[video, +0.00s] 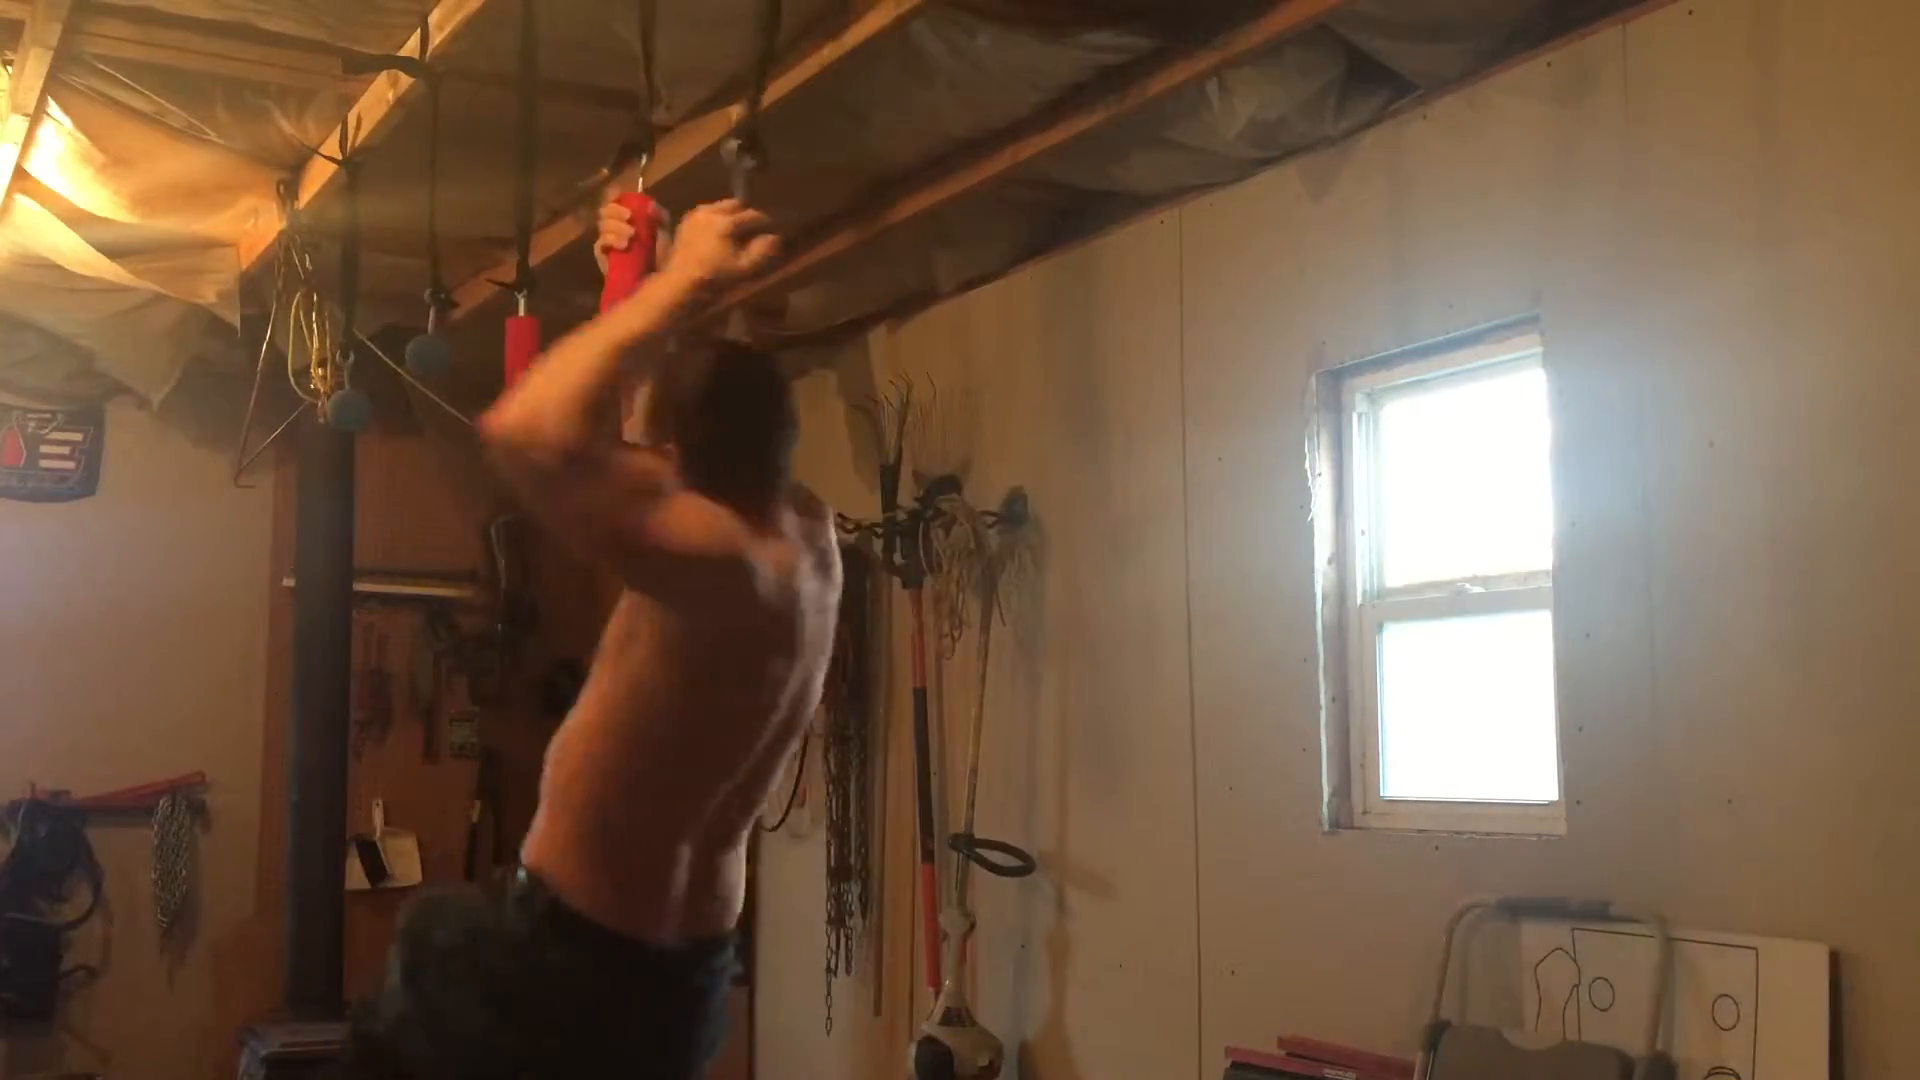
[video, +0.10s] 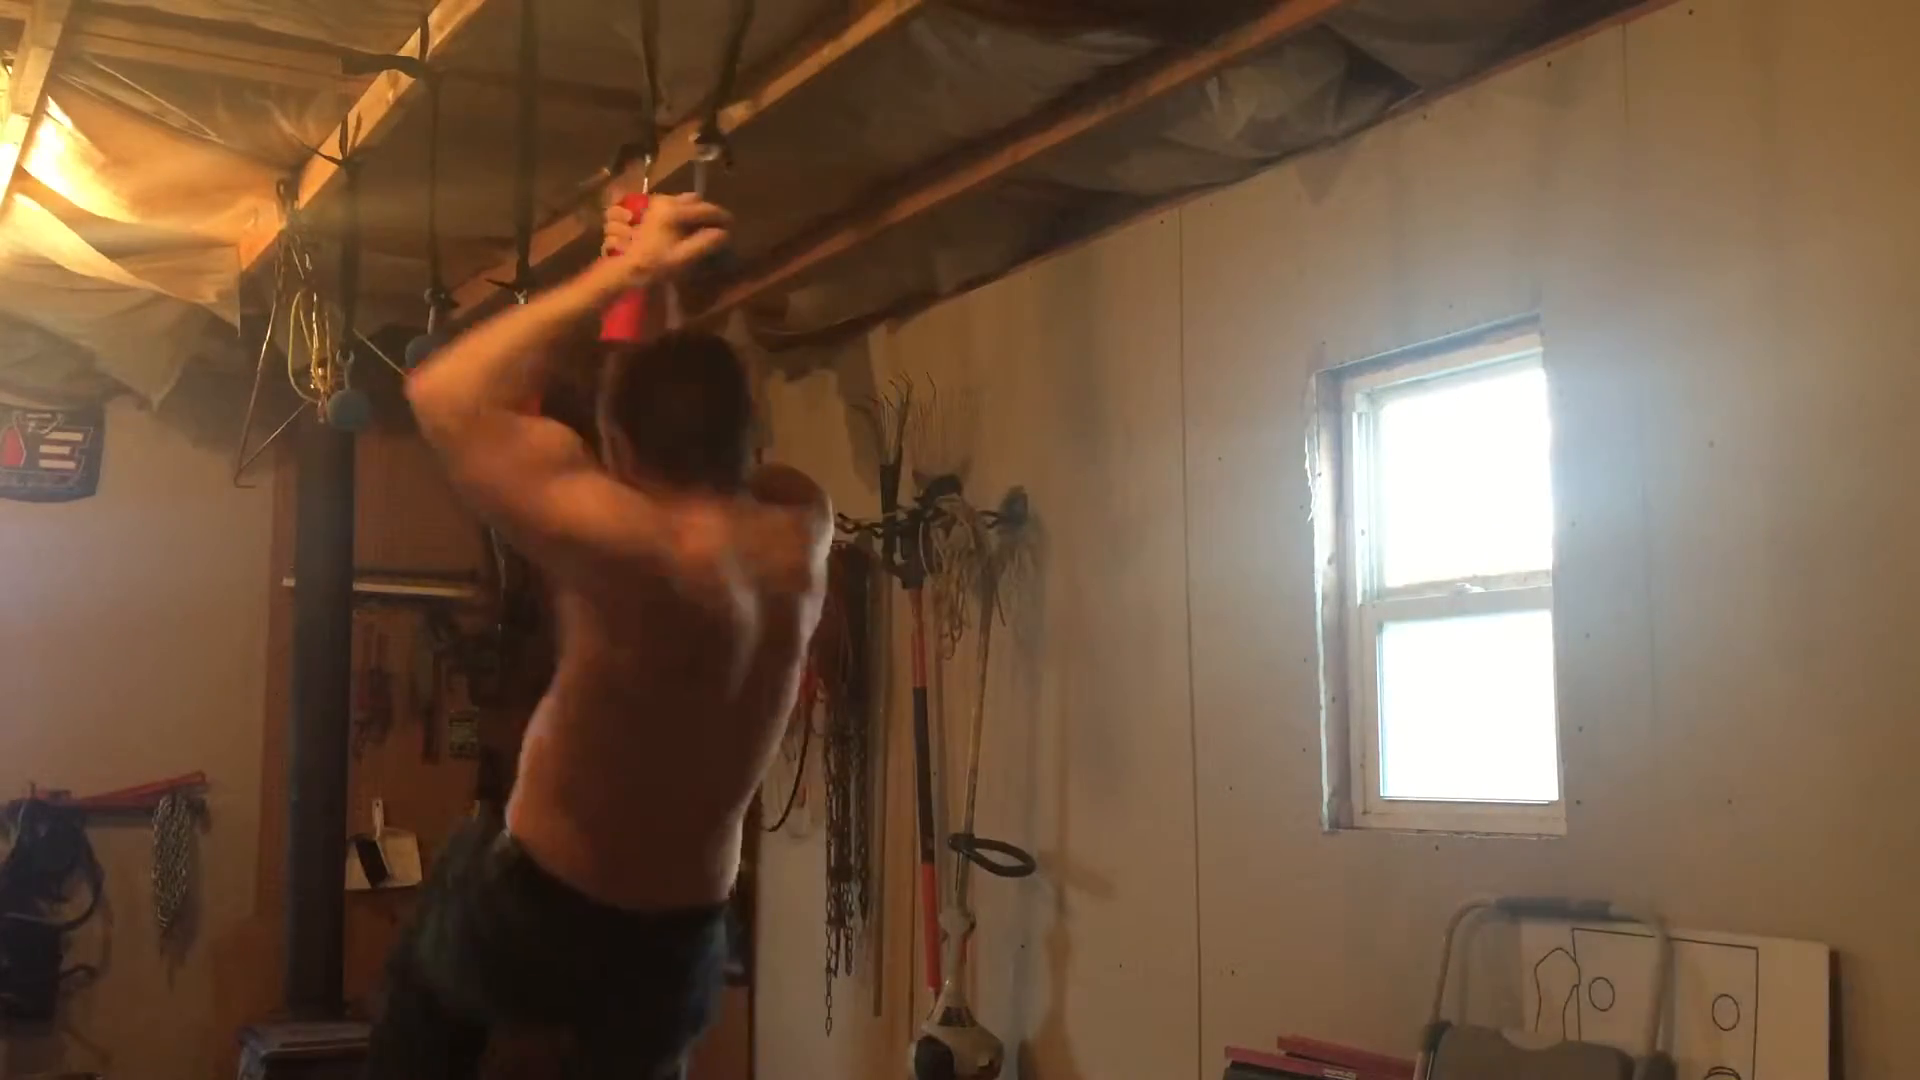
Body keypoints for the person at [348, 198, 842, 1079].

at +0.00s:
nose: (634, 434)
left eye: (646, 418)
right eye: (634, 417)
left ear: (674, 449)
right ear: (772, 438)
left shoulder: (709, 557)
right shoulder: (812, 546)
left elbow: (523, 431)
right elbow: (635, 447)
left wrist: (679, 280)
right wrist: (651, 314)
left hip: (575, 959)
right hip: (695, 965)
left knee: (429, 939)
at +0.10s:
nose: (606, 452)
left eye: (613, 431)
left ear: (621, 445)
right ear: (740, 438)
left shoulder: (616, 541)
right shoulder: (801, 540)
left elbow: (445, 393)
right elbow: (721, 450)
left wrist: (616, 269)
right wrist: (657, 290)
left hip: (539, 913)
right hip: (685, 938)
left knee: (425, 1025)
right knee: (642, 1064)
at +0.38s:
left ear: (512, 431)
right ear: (644, 414)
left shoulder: (463, 549)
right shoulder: (715, 508)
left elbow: (453, 459)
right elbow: (693, 404)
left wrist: (460, 351)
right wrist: (657, 301)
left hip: (534, 859)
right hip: (689, 879)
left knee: (453, 940)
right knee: (705, 1047)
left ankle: (407, 1040)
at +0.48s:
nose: (585, 426)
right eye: (580, 412)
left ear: (453, 440)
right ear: (574, 436)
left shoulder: (418, 547)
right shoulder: (648, 518)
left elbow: (452, 464)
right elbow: (714, 446)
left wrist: (507, 375)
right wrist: (645, 292)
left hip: (533, 878)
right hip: (681, 881)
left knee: (516, 1046)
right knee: (746, 1055)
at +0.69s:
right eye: (465, 446)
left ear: (372, 513)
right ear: (466, 480)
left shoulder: (384, 607)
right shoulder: (554, 553)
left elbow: (473, 504)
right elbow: (717, 457)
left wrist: (500, 377)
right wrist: (646, 292)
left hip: (536, 921)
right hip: (670, 912)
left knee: (575, 1066)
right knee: (812, 1068)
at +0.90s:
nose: (461, 479)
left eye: (448, 470)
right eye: (450, 470)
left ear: (354, 538)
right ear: (443, 493)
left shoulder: (381, 620)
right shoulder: (499, 574)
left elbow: (490, 521)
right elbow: (683, 458)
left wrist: (520, 391)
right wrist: (646, 289)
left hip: (541, 940)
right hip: (648, 935)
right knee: (794, 1061)